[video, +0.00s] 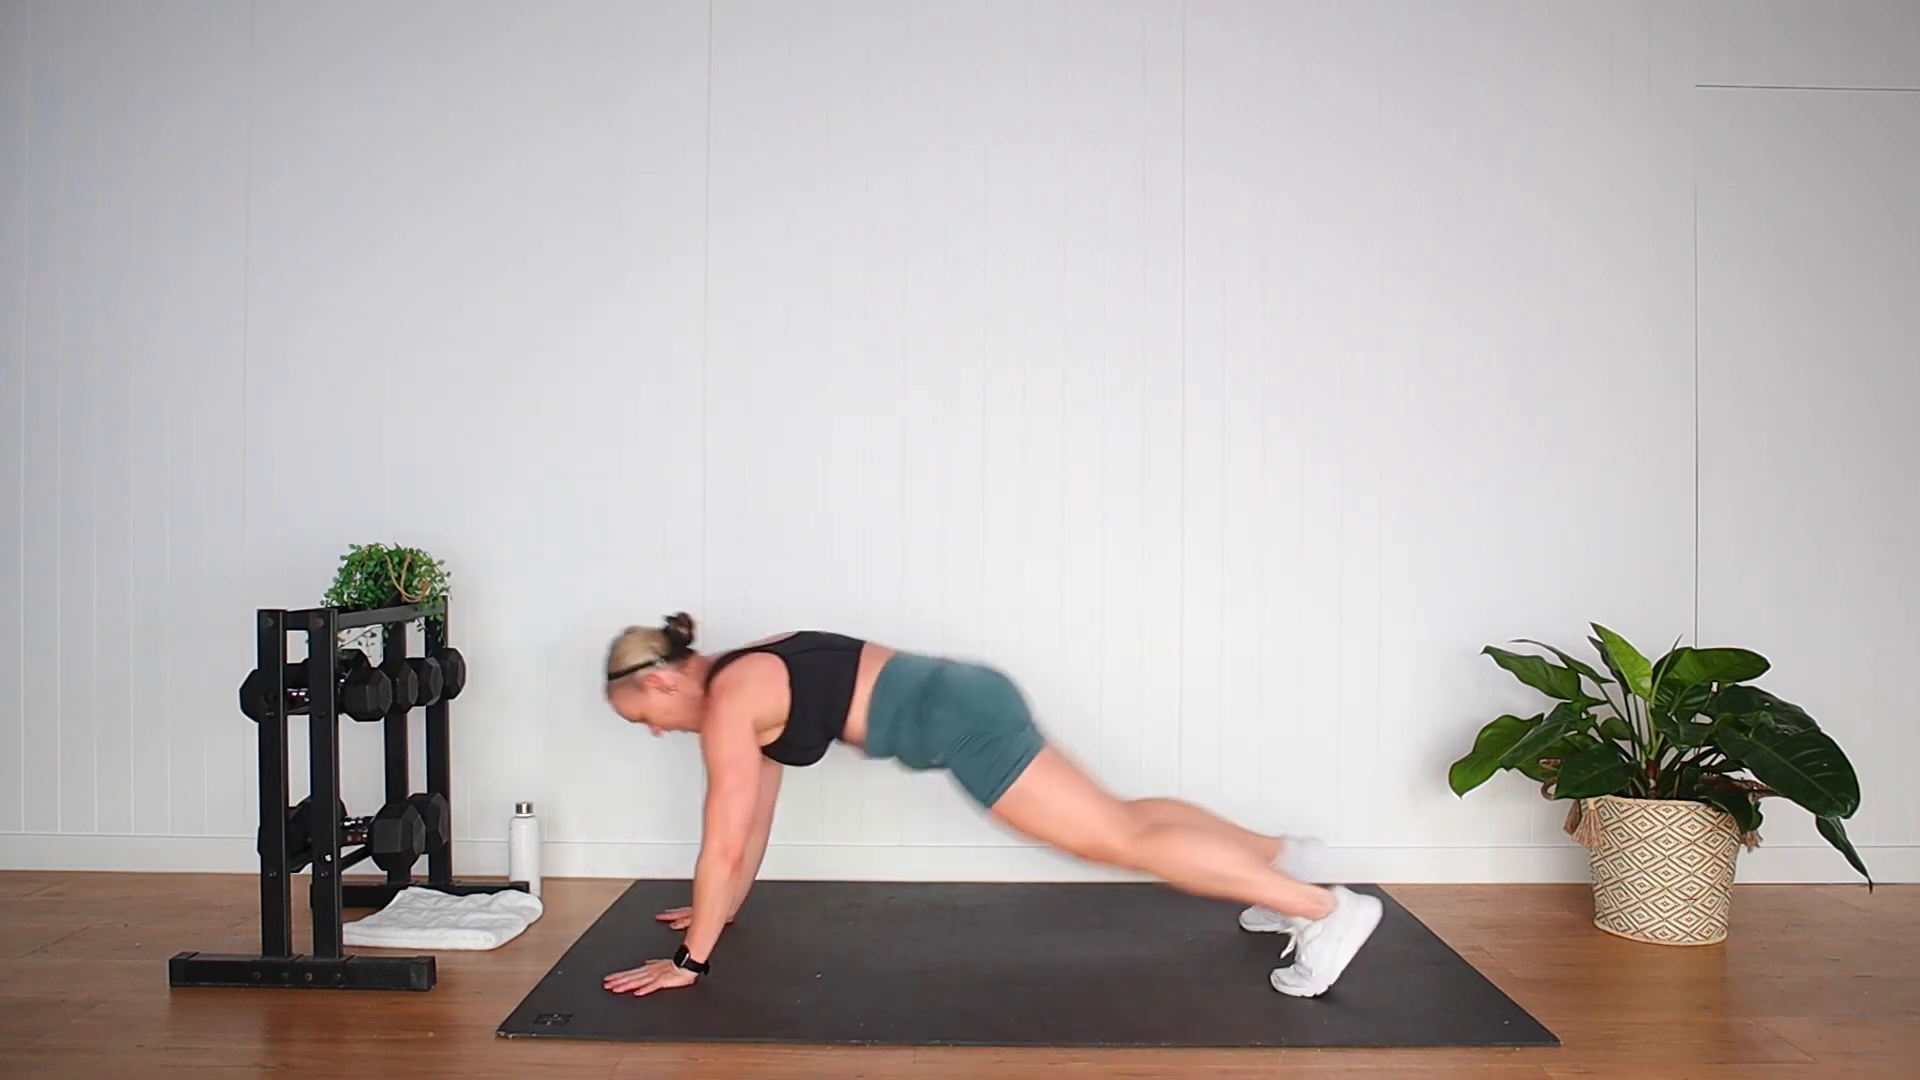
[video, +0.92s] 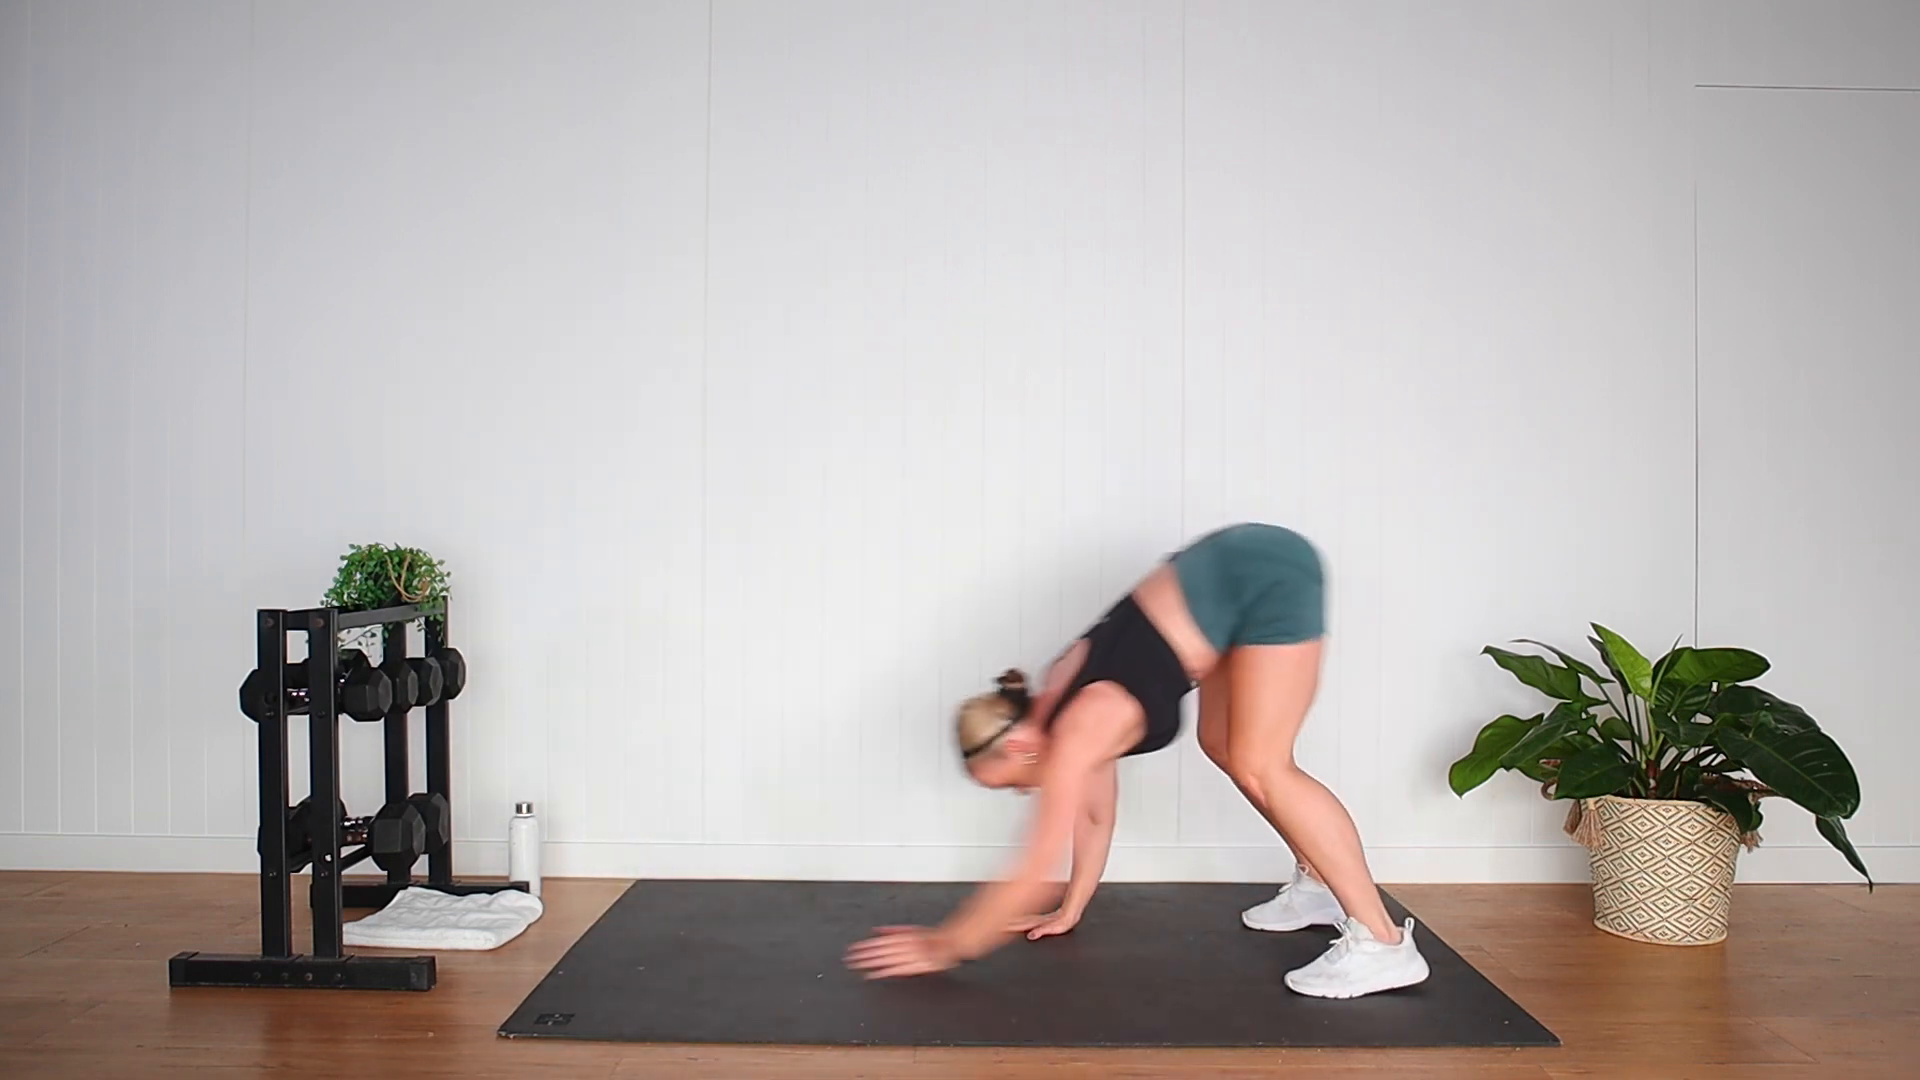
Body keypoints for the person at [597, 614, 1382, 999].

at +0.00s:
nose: (648, 729)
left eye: (641, 714)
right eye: (639, 719)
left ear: (665, 679)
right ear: (676, 668)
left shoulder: (728, 700)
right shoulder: (753, 685)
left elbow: (725, 849)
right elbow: (748, 833)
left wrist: (690, 962)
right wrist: (715, 915)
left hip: (958, 716)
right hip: (962, 702)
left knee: (1127, 844)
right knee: (1125, 819)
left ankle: (1326, 916)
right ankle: (1278, 857)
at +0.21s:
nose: (708, 744)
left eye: (697, 730)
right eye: (696, 736)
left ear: (718, 693)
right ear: (716, 691)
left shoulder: (787, 700)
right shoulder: (778, 689)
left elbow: (779, 832)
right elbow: (767, 815)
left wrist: (726, 944)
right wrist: (726, 911)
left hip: (1006, 645)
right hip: (1002, 640)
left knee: (1149, 786)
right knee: (1147, 775)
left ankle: (1325, 909)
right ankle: (1292, 862)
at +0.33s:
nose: (753, 761)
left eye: (741, 747)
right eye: (740, 753)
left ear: (756, 713)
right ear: (755, 707)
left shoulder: (832, 703)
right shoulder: (812, 698)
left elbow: (884, 823)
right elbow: (783, 819)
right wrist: (728, 907)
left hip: (1031, 618)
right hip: (1023, 623)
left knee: (1170, 773)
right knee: (1168, 767)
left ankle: (1331, 905)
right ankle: (1305, 871)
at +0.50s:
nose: (848, 783)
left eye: (835, 775)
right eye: (835, 780)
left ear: (851, 733)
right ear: (850, 724)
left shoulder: (916, 715)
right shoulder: (894, 707)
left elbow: (924, 847)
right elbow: (854, 814)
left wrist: (886, 956)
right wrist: (770, 892)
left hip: (1106, 589)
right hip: (1099, 593)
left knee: (1216, 763)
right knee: (1209, 757)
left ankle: (1362, 916)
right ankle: (1321, 878)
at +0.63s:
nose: (904, 788)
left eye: (892, 778)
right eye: (892, 783)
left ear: (896, 732)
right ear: (896, 729)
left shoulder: (954, 711)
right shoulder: (944, 700)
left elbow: (937, 855)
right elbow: (958, 812)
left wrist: (884, 957)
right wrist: (912, 892)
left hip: (1150, 582)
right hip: (1136, 585)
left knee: (1234, 768)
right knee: (1224, 761)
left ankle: (1368, 921)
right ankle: (1319, 876)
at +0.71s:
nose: (932, 783)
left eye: (920, 773)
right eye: (919, 778)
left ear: (928, 731)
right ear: (931, 727)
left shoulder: (988, 717)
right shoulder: (985, 700)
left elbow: (951, 856)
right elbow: (1052, 779)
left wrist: (885, 956)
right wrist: (1039, 882)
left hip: (1181, 575)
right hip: (1159, 580)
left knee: (1247, 768)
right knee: (1229, 757)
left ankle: (1374, 928)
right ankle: (1321, 878)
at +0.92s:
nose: (1023, 790)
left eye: (1011, 781)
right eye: (1009, 786)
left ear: (1020, 745)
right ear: (1018, 732)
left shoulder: (1081, 729)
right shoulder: (1064, 698)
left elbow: (1038, 870)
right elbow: (1098, 816)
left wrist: (946, 946)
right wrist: (1070, 913)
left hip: (1272, 572)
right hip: (1230, 570)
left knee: (1265, 766)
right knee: (1224, 739)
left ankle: (1382, 938)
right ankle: (1324, 881)